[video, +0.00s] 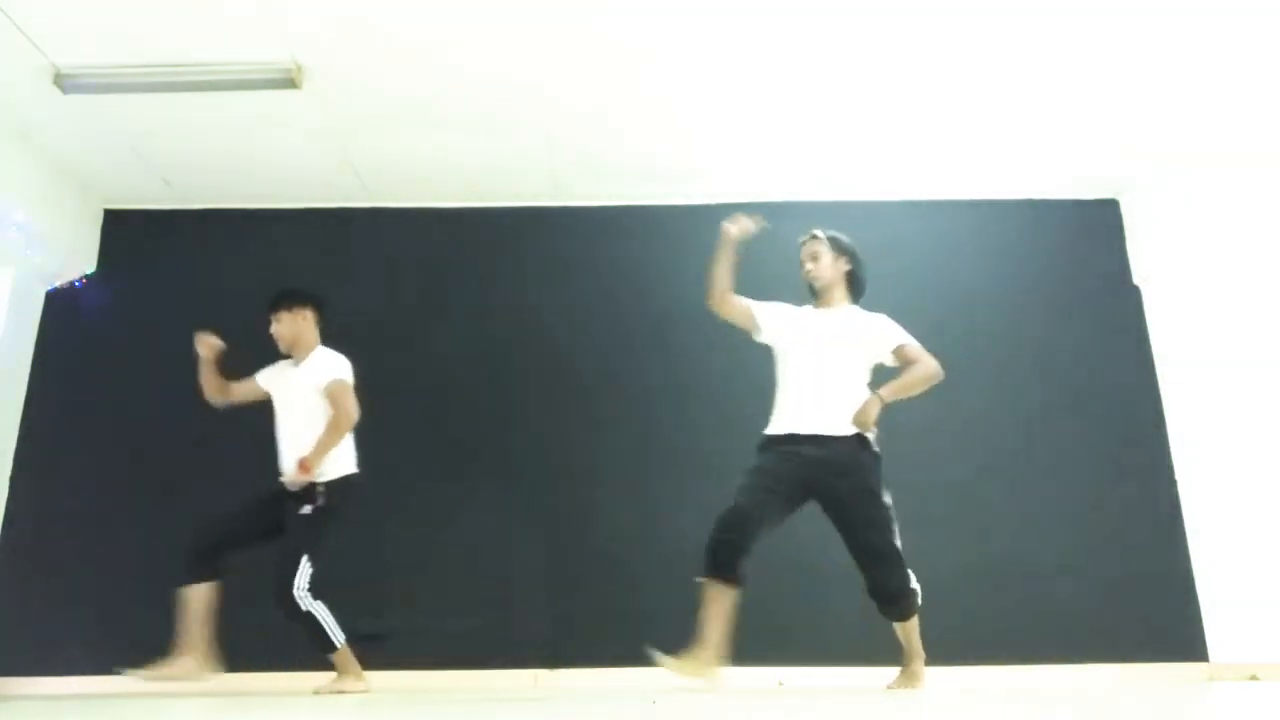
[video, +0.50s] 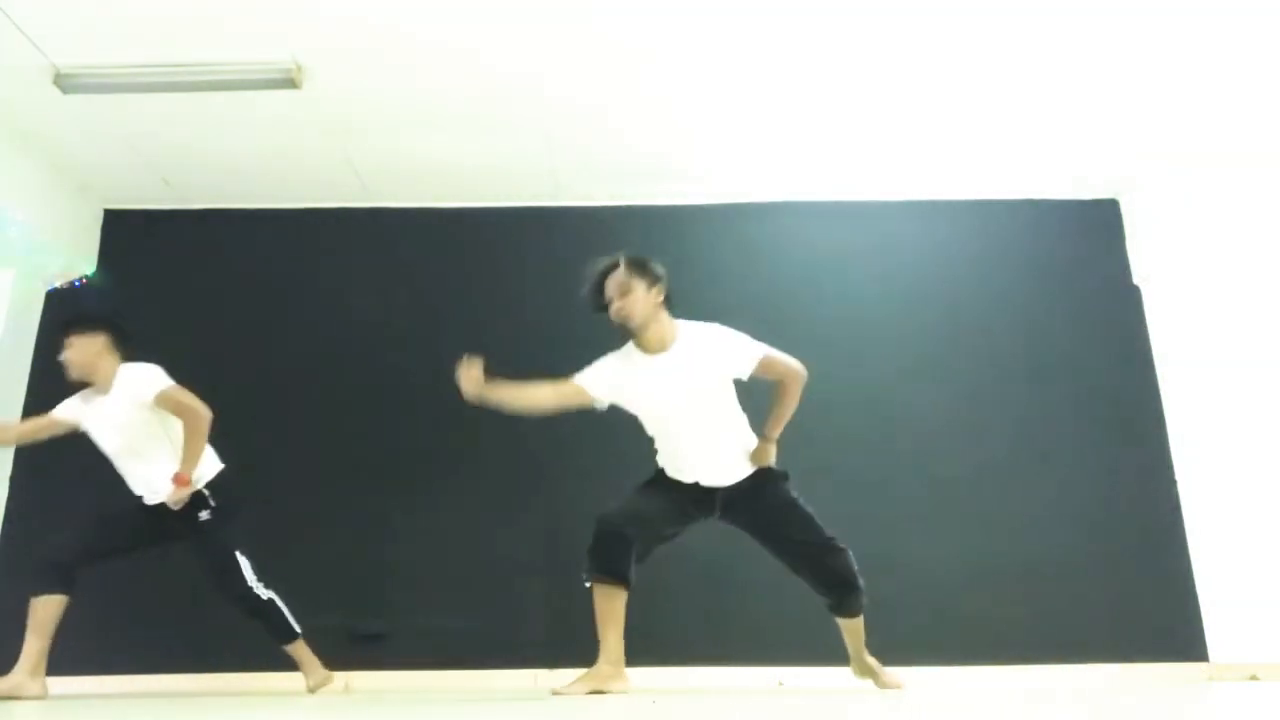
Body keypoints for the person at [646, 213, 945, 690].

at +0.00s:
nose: (809, 264)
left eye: (818, 255)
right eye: (805, 259)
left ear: (845, 264)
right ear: (803, 269)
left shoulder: (872, 325)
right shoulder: (784, 318)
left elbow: (930, 369)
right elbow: (721, 301)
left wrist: (880, 397)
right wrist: (728, 241)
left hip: (847, 455)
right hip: (784, 453)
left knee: (883, 564)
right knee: (730, 534)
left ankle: (914, 665)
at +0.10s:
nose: (776, 260)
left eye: (785, 251)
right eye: (772, 253)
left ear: (813, 259)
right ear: (770, 263)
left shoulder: (842, 321)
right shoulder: (750, 311)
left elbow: (900, 364)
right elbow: (687, 277)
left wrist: (852, 395)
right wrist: (674, 219)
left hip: (821, 453)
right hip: (756, 451)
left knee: (865, 557)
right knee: (707, 542)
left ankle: (910, 657)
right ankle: (645, 650)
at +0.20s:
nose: (726, 253)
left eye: (737, 245)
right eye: (723, 248)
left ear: (766, 254)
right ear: (719, 259)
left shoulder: (798, 317)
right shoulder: (706, 311)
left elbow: (863, 357)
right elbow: (640, 282)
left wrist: (821, 398)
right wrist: (605, 227)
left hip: (794, 459)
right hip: (727, 461)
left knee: (852, 559)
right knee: (672, 555)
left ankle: (906, 653)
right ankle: (618, 665)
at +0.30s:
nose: (674, 260)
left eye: (684, 250)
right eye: (670, 254)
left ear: (715, 258)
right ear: (669, 267)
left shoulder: (754, 316)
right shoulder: (661, 323)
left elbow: (830, 352)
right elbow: (593, 308)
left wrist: (797, 407)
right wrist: (538, 265)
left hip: (771, 465)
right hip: (703, 469)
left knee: (843, 562)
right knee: (637, 542)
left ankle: (892, 655)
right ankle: (611, 667)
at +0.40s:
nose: (634, 282)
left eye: (643, 270)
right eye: (629, 275)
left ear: (675, 269)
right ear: (631, 285)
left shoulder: (723, 325)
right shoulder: (630, 347)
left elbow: (803, 360)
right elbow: (557, 348)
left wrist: (778, 422)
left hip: (755, 472)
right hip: (686, 478)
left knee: (836, 562)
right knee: (620, 531)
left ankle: (869, 654)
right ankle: (610, 667)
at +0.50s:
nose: (616, 306)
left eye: (625, 293)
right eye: (610, 300)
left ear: (658, 292)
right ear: (609, 311)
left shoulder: (711, 342)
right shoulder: (617, 370)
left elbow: (793, 374)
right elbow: (550, 396)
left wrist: (770, 439)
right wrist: (483, 390)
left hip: (746, 479)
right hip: (677, 486)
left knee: (836, 567)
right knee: (613, 534)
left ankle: (861, 658)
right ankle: (609, 666)